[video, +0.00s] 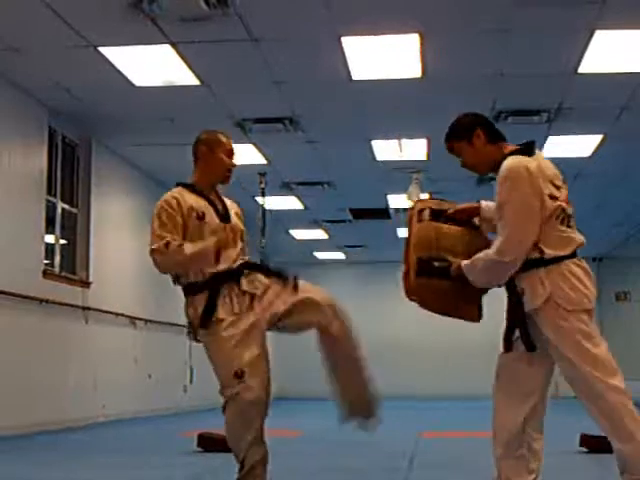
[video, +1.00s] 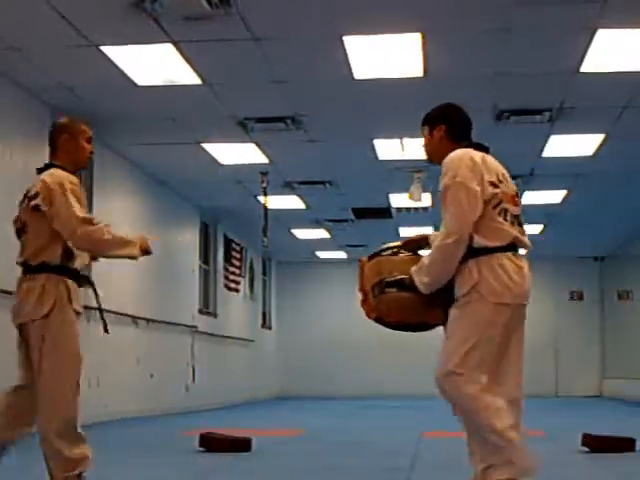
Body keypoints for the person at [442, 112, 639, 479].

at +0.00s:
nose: (464, 165)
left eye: (461, 155)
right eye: (459, 159)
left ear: (479, 139)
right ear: (483, 139)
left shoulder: (516, 168)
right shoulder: (529, 165)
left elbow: (511, 250)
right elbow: (520, 218)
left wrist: (466, 269)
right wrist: (475, 212)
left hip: (554, 283)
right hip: (532, 287)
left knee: (599, 387)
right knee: (516, 395)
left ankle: (634, 466)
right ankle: (517, 472)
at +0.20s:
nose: (499, 152)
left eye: (498, 141)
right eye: (495, 144)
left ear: (518, 130)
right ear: (521, 131)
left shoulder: (556, 166)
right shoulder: (548, 167)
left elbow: (553, 242)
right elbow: (546, 221)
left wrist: (505, 275)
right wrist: (508, 223)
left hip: (574, 284)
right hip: (550, 285)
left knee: (609, 390)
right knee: (529, 389)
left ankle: (634, 467)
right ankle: (519, 473)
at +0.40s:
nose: (506, 143)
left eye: (506, 133)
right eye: (503, 135)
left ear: (527, 124)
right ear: (533, 126)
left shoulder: (566, 162)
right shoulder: (553, 166)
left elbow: (558, 239)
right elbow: (546, 221)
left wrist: (509, 271)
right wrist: (503, 230)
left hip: (578, 280)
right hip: (550, 281)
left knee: (608, 387)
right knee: (522, 383)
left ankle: (635, 467)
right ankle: (508, 472)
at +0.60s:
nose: (482, 143)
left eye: (484, 133)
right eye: (481, 134)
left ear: (504, 130)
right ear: (510, 131)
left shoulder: (539, 167)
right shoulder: (535, 166)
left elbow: (535, 245)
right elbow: (536, 225)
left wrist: (493, 283)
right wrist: (501, 235)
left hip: (564, 283)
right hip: (541, 284)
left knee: (600, 389)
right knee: (514, 387)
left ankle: (634, 465)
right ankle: (496, 473)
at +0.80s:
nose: (447, 153)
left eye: (449, 144)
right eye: (446, 145)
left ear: (466, 137)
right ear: (477, 137)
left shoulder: (493, 168)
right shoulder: (512, 168)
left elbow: (494, 241)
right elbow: (514, 234)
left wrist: (461, 287)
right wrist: (467, 243)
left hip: (526, 282)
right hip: (516, 283)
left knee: (550, 386)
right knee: (492, 386)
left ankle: (627, 468)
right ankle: (492, 472)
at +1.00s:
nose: (424, 144)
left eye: (426, 135)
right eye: (424, 136)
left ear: (441, 132)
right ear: (459, 133)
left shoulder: (459, 161)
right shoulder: (488, 164)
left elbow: (456, 230)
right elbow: (481, 231)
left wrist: (423, 276)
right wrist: (427, 239)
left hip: (488, 276)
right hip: (513, 274)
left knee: (454, 374)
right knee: (501, 381)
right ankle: (495, 469)